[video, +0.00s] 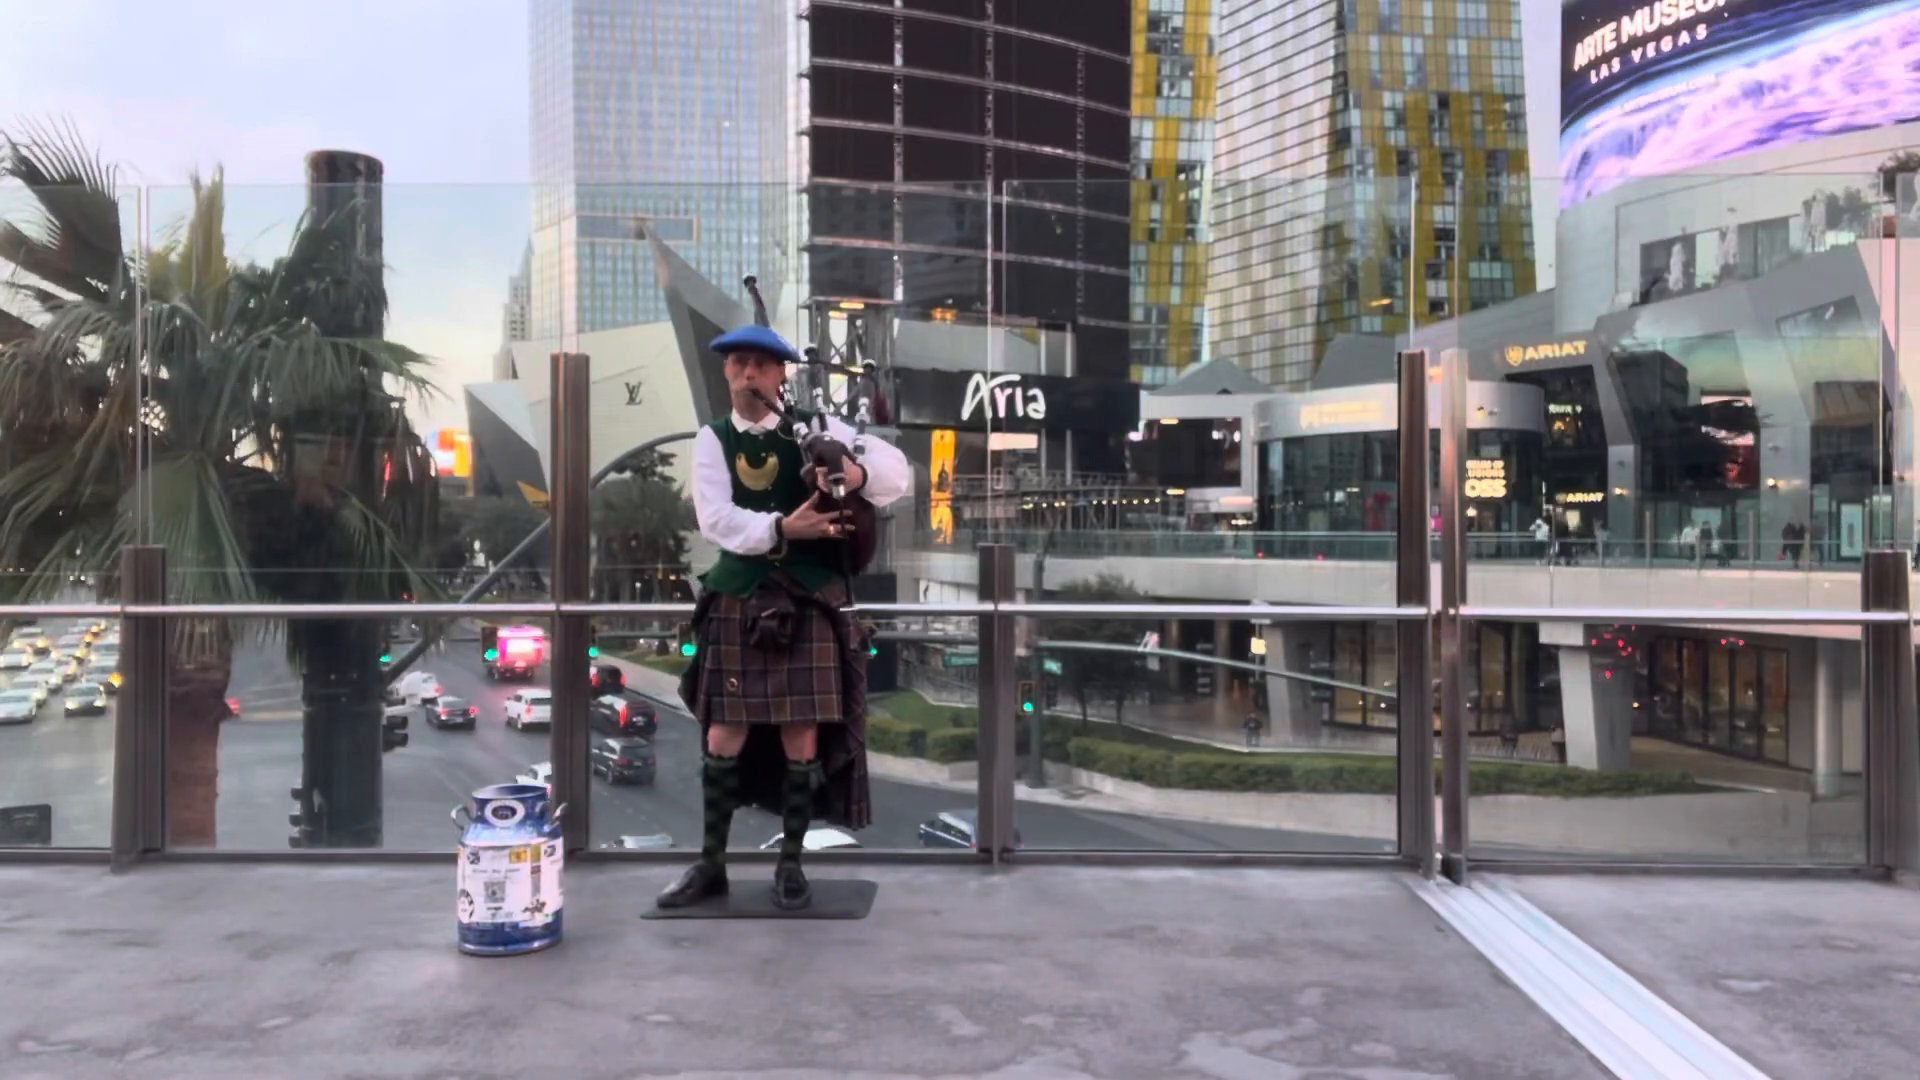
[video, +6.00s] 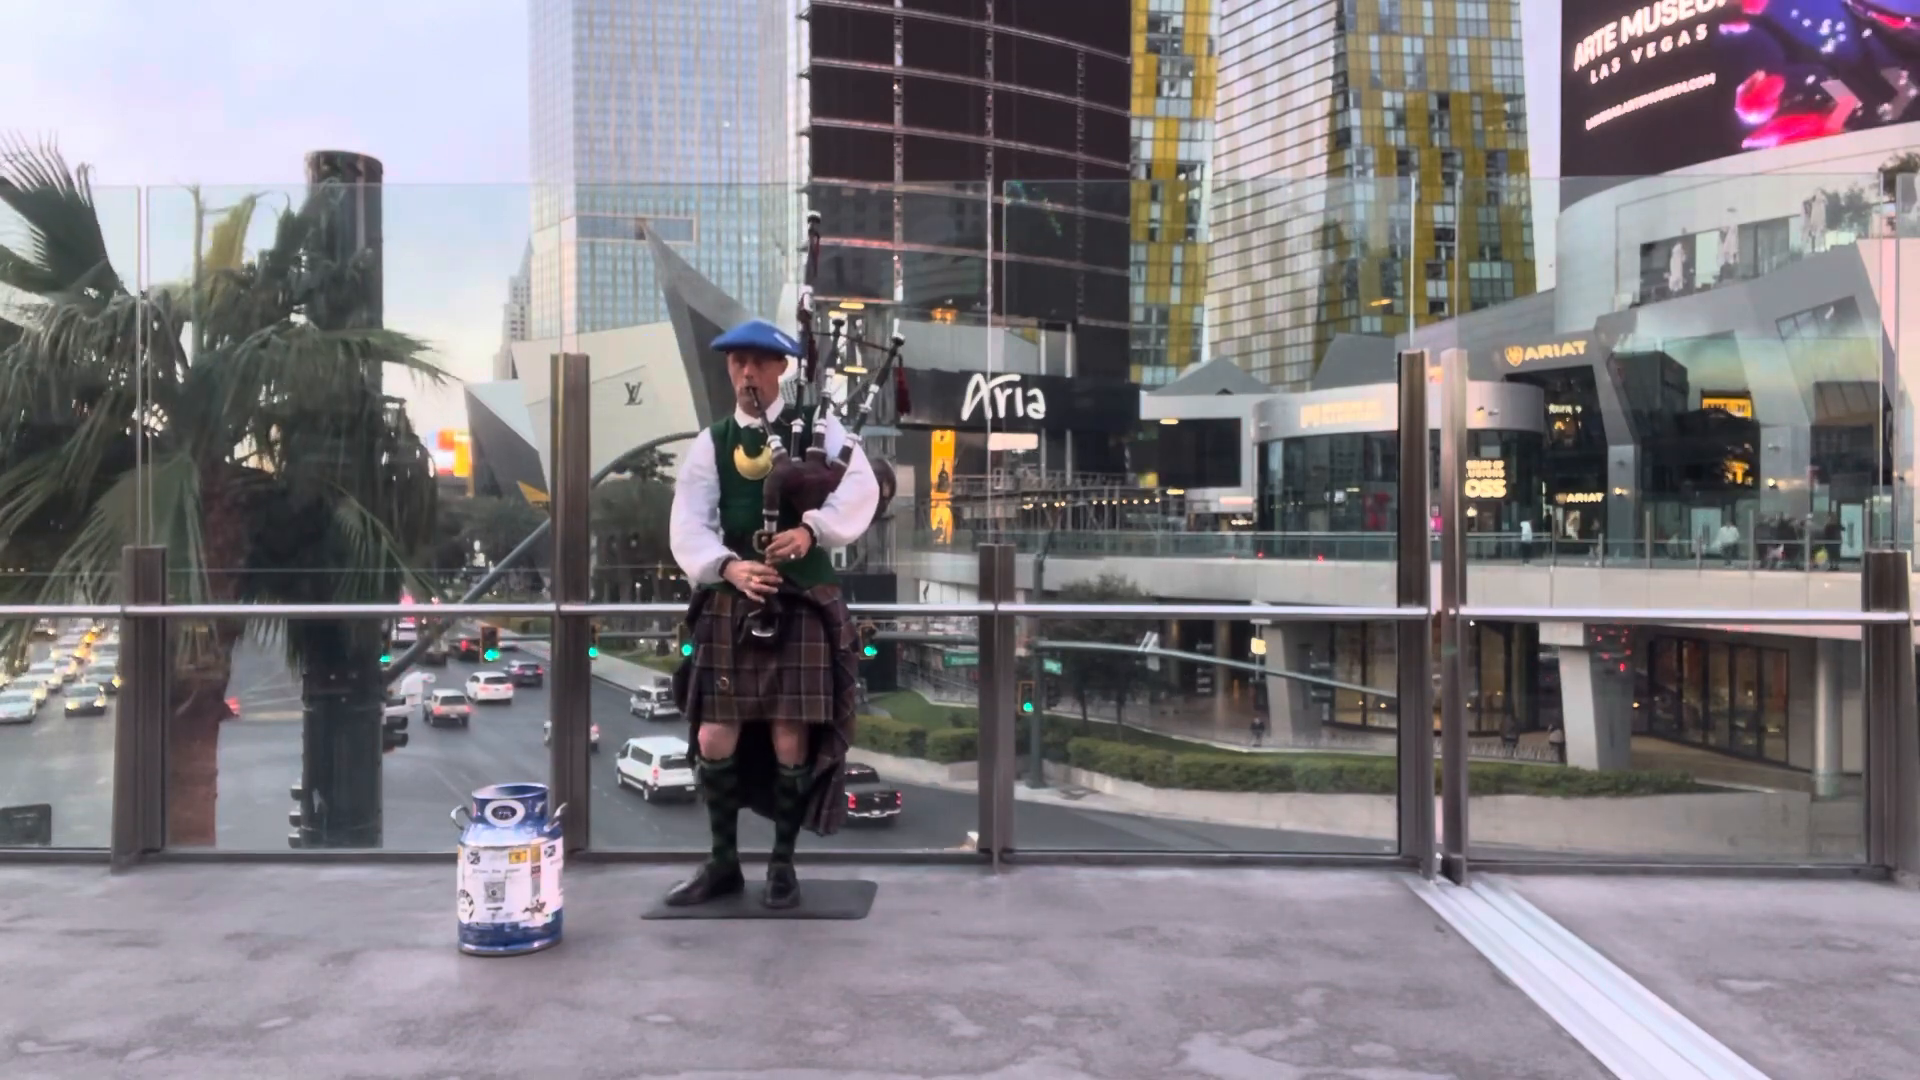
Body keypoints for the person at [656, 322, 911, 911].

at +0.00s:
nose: (748, 371)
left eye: (760, 362)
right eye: (739, 361)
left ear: (781, 372)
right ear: (724, 370)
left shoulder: (818, 430)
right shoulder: (713, 439)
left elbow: (899, 475)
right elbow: (715, 519)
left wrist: (855, 473)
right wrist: (783, 526)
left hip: (810, 597)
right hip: (737, 596)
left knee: (800, 731)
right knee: (724, 730)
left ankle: (791, 864)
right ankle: (712, 865)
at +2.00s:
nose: (743, 375)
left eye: (755, 364)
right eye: (737, 365)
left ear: (788, 369)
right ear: (731, 371)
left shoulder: (827, 430)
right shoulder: (722, 434)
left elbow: (880, 494)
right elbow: (716, 515)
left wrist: (844, 487)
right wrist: (783, 511)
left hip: (814, 595)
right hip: (743, 592)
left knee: (800, 731)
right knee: (726, 729)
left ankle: (789, 866)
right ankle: (711, 864)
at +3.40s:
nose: (678, 374)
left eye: (690, 362)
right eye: (669, 363)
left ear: (717, 366)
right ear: (662, 371)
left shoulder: (763, 428)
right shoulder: (654, 443)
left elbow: (816, 484)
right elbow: (634, 527)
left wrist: (770, 520)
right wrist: (695, 524)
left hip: (760, 592)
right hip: (687, 597)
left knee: (769, 729)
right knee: (699, 732)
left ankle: (786, 864)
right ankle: (715, 864)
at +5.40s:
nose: (739, 374)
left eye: (752, 362)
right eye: (730, 363)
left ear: (776, 371)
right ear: (716, 371)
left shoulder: (808, 429)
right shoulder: (702, 443)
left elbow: (856, 484)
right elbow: (682, 531)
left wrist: (809, 527)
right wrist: (724, 566)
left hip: (796, 596)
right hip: (722, 596)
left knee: (787, 729)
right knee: (704, 732)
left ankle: (781, 863)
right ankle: (721, 860)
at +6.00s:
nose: (748, 373)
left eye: (760, 361)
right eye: (739, 361)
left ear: (784, 369)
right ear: (727, 370)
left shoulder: (819, 428)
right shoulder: (709, 443)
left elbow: (862, 488)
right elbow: (688, 527)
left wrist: (813, 530)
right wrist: (727, 565)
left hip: (802, 597)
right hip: (730, 595)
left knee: (789, 734)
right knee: (714, 734)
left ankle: (782, 863)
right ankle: (723, 863)